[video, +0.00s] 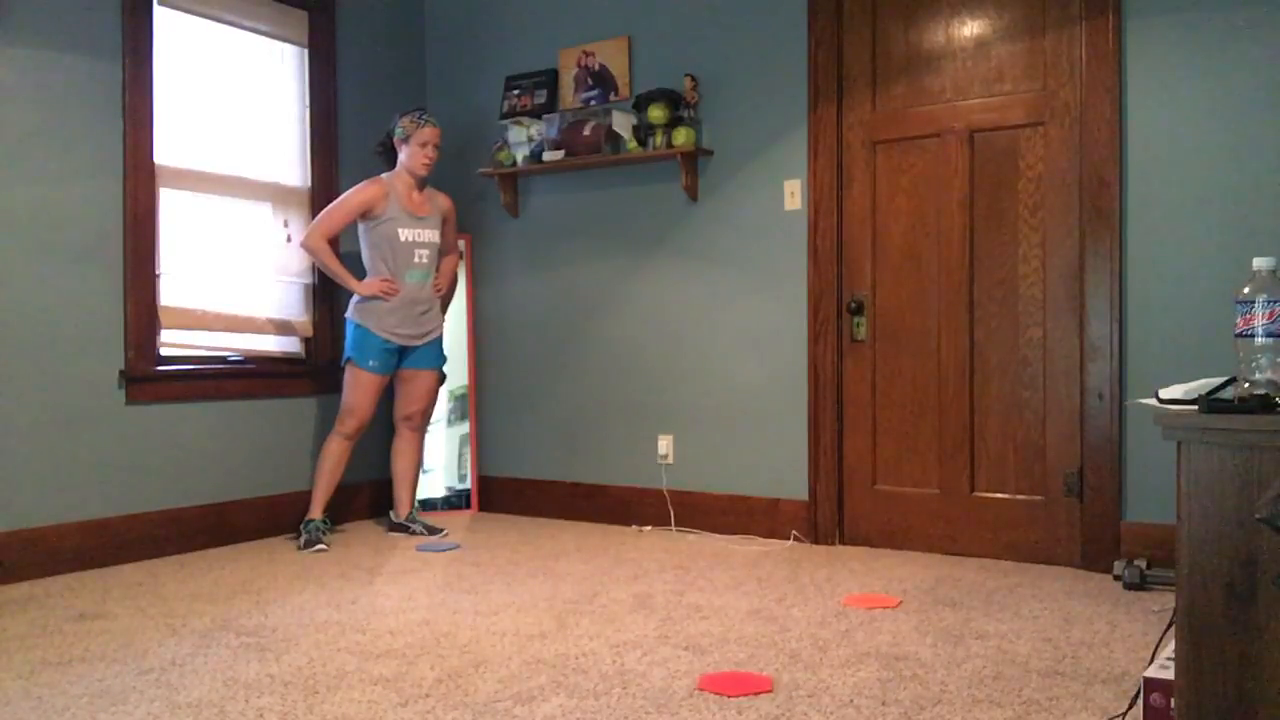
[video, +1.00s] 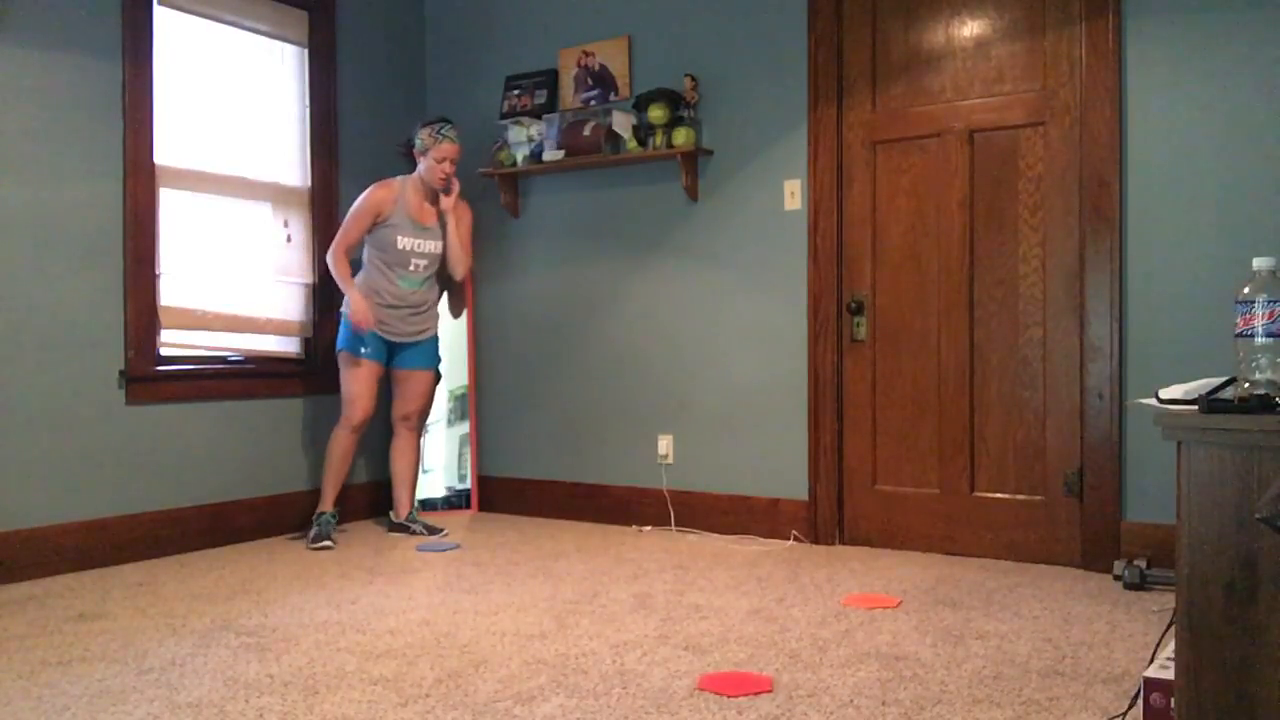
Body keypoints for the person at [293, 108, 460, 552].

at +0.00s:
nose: (431, 154)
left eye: (436, 147)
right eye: (424, 145)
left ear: (438, 153)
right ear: (401, 146)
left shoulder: (441, 203)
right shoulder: (375, 192)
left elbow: (451, 249)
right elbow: (313, 238)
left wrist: (447, 275)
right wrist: (357, 284)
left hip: (426, 326)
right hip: (375, 324)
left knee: (413, 421)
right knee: (351, 422)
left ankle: (402, 514)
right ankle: (314, 519)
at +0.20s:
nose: (432, 155)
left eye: (437, 148)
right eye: (425, 146)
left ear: (439, 154)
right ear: (401, 146)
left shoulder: (441, 203)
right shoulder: (375, 192)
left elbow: (451, 249)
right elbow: (313, 238)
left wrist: (446, 276)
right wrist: (357, 284)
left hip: (426, 327)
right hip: (375, 325)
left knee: (413, 421)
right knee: (352, 423)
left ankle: (402, 514)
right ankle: (314, 519)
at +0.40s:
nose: (433, 155)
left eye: (438, 148)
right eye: (426, 146)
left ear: (440, 154)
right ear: (403, 146)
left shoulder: (441, 204)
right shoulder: (376, 192)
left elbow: (451, 251)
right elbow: (313, 238)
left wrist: (446, 279)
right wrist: (357, 284)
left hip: (426, 327)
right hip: (375, 325)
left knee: (413, 420)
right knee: (352, 422)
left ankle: (402, 515)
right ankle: (314, 519)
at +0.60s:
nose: (437, 157)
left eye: (442, 150)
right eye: (429, 148)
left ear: (442, 155)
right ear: (406, 147)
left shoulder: (442, 205)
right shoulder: (377, 193)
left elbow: (454, 265)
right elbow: (316, 238)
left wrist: (465, 271)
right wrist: (355, 289)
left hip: (425, 331)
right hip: (374, 328)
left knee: (412, 421)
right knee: (350, 423)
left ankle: (403, 514)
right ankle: (315, 519)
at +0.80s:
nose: (445, 162)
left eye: (449, 154)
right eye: (437, 152)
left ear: (451, 157)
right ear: (413, 150)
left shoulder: (445, 203)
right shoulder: (381, 193)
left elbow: (463, 272)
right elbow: (333, 252)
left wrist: (453, 218)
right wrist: (361, 288)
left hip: (422, 331)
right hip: (371, 326)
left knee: (411, 421)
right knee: (349, 421)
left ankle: (402, 514)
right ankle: (316, 518)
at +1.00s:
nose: (448, 170)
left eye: (454, 162)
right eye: (441, 161)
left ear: (458, 162)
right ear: (418, 156)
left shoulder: (457, 210)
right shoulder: (383, 195)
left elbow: (459, 271)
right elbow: (336, 253)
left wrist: (449, 214)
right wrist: (353, 296)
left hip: (420, 330)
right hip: (367, 323)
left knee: (409, 420)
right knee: (356, 415)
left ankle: (402, 515)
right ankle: (326, 513)